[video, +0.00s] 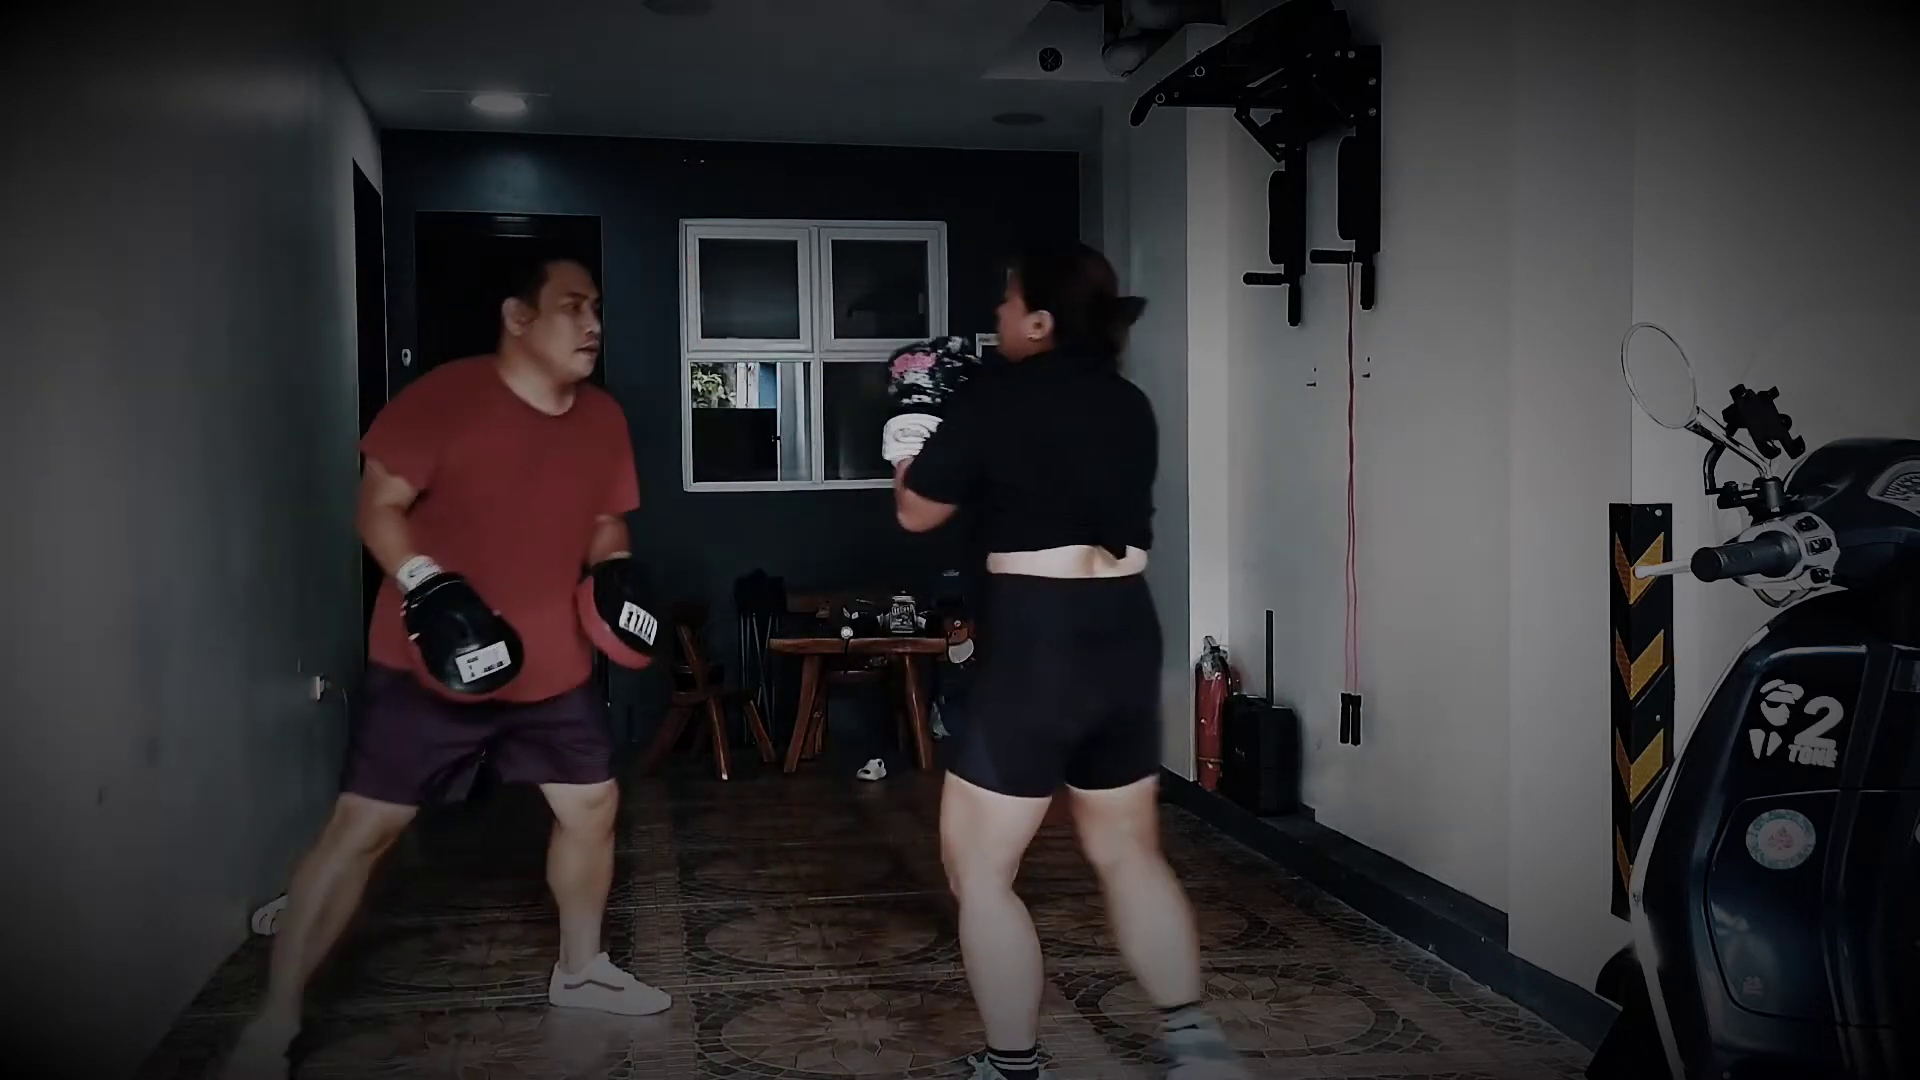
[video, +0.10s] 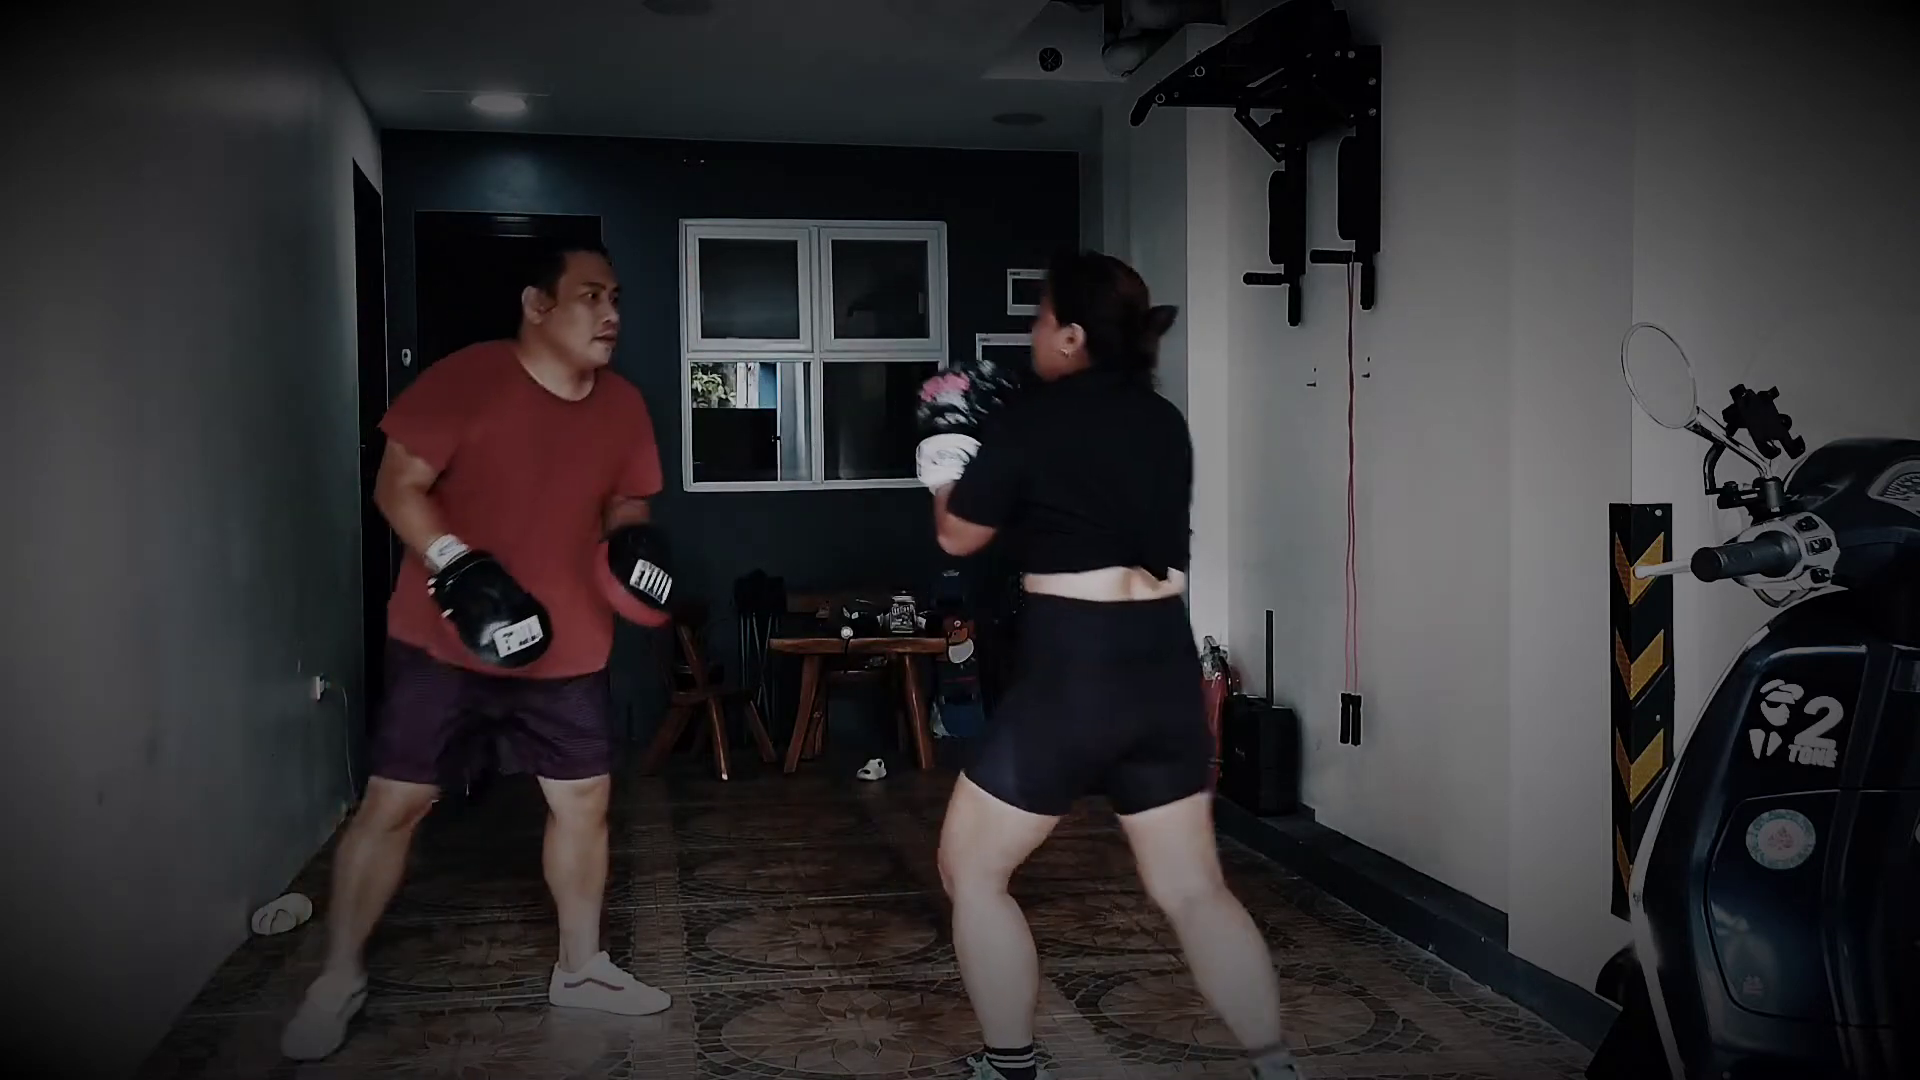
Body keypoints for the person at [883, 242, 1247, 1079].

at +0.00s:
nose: (998, 312)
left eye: (1010, 300)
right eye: (1005, 297)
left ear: (1044, 318)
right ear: (1090, 318)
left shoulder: (995, 399)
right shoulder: (1129, 404)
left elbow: (916, 510)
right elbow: (1088, 501)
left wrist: (915, 451)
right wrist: (964, 441)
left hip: (1030, 655)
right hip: (1128, 649)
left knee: (980, 868)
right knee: (1129, 852)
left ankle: (1013, 1063)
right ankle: (1194, 1039)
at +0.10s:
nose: (1031, 331)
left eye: (1040, 319)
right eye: (1036, 317)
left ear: (1072, 335)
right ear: (1123, 336)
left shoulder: (1034, 420)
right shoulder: (1165, 424)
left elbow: (959, 535)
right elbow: (1123, 526)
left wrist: (945, 462)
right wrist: (999, 448)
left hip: (1068, 683)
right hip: (1169, 682)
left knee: (973, 868)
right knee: (1197, 890)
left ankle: (1011, 1059)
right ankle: (1276, 1064)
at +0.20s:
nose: (1058, 353)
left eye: (1065, 340)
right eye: (1062, 337)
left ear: (1098, 354)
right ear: (1151, 353)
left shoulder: (1069, 441)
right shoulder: (1199, 442)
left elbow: (1010, 569)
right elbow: (1191, 560)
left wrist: (990, 516)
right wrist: (1045, 509)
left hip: (1102, 697)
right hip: (1206, 692)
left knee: (969, 848)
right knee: (1215, 902)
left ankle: (996, 1046)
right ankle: (1273, 1070)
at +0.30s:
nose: (1077, 350)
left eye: (1080, 335)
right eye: (1077, 336)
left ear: (1110, 338)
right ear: (1169, 334)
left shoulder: (1087, 422)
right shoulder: (1222, 423)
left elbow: (1022, 546)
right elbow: (1217, 556)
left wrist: (1002, 485)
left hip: (1114, 681)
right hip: (1216, 681)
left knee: (969, 812)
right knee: (1222, 901)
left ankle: (955, 1022)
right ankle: (1275, 1073)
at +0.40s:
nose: (1076, 342)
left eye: (1078, 327)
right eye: (1077, 327)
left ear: (1107, 329)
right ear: (1165, 322)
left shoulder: (1087, 411)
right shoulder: (1221, 415)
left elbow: (1012, 527)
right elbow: (1212, 544)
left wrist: (1003, 477)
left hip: (1100, 672)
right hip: (1207, 674)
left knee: (975, 841)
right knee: (1222, 899)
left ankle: (913, 1038)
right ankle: (1275, 1070)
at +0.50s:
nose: (1060, 346)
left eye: (1063, 331)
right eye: (1060, 331)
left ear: (1090, 334)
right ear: (1154, 329)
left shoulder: (1063, 420)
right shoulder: (1201, 421)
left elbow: (982, 529)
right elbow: (1176, 535)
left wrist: (980, 446)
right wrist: (1052, 436)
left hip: (1082, 677)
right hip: (1189, 674)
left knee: (975, 879)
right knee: (1216, 900)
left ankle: (899, 1053)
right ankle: (1274, 1070)